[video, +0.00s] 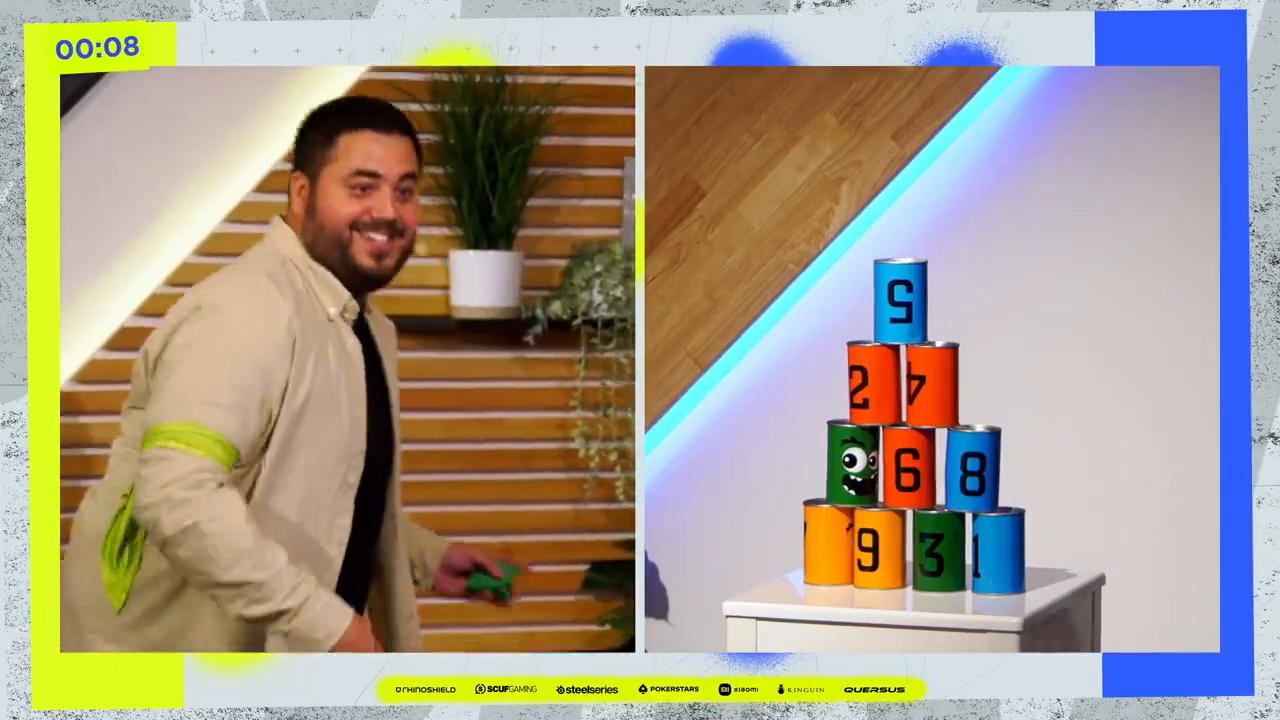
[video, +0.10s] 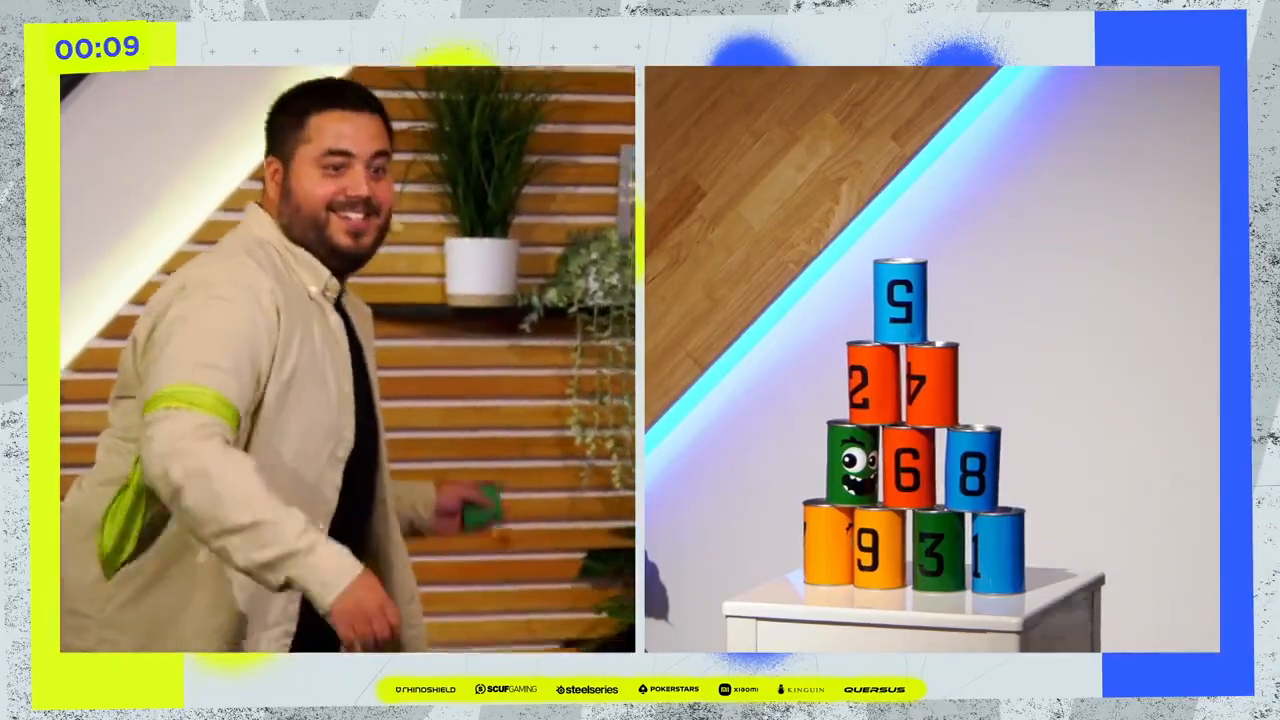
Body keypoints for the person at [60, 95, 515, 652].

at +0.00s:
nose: (388, 212)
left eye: (405, 190)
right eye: (361, 187)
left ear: (418, 202)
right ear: (301, 194)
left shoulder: (367, 321)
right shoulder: (246, 311)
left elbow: (322, 499)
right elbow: (178, 494)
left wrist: (430, 559)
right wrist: (325, 623)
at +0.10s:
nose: (362, 190)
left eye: (379, 168)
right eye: (335, 166)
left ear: (392, 182)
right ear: (275, 178)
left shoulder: (330, 304)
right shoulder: (230, 289)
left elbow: (296, 483)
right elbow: (184, 450)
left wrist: (420, 505)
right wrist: (331, 575)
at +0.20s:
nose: (347, 178)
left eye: (362, 155)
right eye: (318, 155)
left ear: (378, 168)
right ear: (261, 170)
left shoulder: (324, 298)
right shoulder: (220, 275)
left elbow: (319, 464)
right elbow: (169, 417)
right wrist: (289, 535)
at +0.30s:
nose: (359, 194)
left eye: (375, 170)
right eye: (333, 167)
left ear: (391, 172)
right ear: (273, 162)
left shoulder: (350, 291)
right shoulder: (211, 272)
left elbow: (356, 439)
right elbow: (135, 408)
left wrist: (471, 363)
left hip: (324, 638)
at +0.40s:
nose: (392, 244)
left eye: (411, 222)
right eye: (373, 215)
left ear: (427, 210)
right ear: (311, 182)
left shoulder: (370, 286)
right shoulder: (213, 286)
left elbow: (395, 420)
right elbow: (111, 424)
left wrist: (515, 356)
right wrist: (117, 577)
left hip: (360, 649)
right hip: (236, 657)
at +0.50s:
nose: (417, 289)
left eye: (438, 267)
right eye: (399, 260)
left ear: (457, 245)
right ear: (340, 210)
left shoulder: (405, 307)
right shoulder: (226, 314)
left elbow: (419, 424)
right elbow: (98, 475)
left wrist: (551, 374)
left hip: (372, 663)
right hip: (239, 673)